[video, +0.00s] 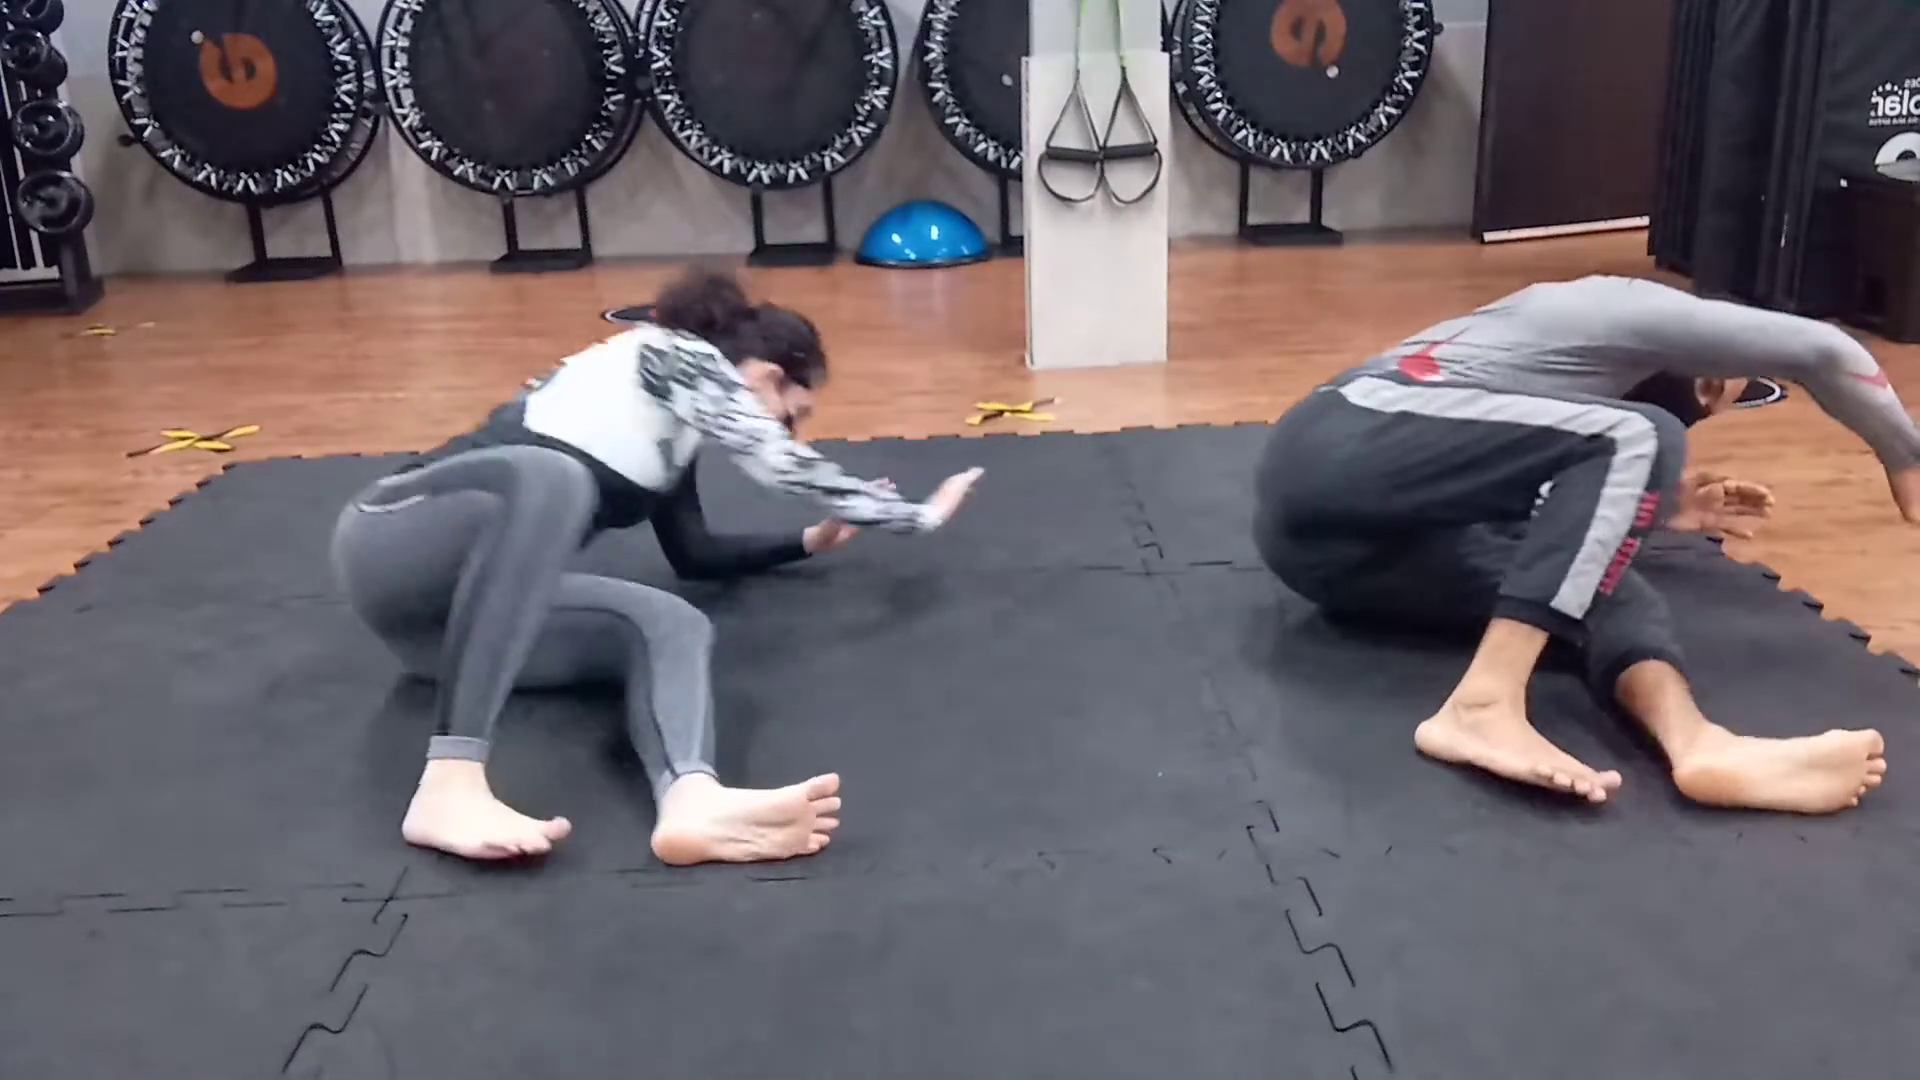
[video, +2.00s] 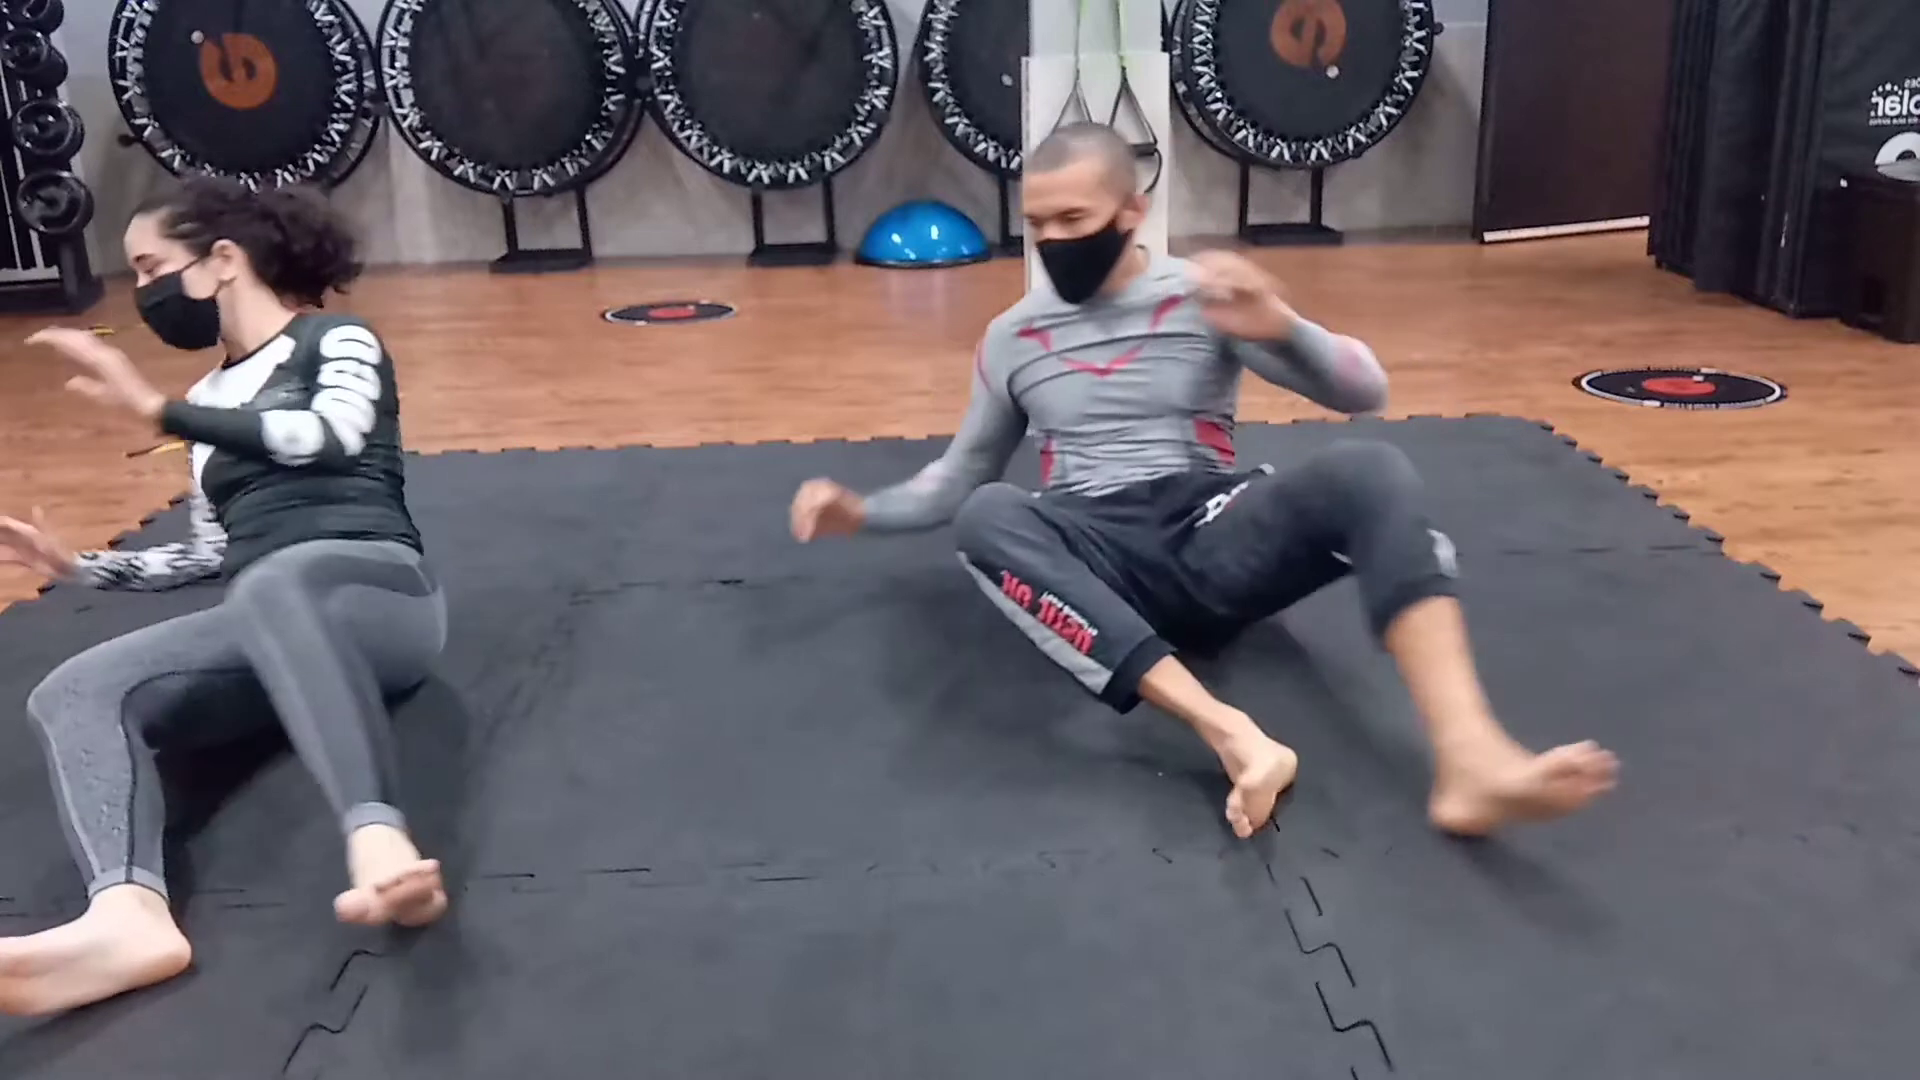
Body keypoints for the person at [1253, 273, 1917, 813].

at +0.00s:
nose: (1706, 406)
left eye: (1714, 399)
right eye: (1714, 390)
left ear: (1638, 398)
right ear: (1688, 355)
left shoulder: (1578, 411)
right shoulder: (1621, 309)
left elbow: (1508, 510)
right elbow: (1823, 350)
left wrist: (1662, 508)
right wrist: (1905, 457)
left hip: (1335, 565)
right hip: (1335, 449)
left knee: (1599, 580)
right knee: (1645, 435)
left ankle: (1695, 740)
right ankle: (1480, 703)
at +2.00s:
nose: (1056, 245)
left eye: (1078, 222)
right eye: (1039, 225)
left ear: (1137, 207)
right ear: (1021, 221)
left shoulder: (1206, 292)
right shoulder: (1013, 338)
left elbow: (1365, 394)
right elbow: (961, 476)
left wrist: (1283, 332)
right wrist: (865, 511)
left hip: (1212, 533)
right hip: (1096, 543)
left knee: (1372, 465)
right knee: (983, 517)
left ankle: (1471, 754)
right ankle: (1233, 738)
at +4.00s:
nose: (857, 379)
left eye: (859, 352)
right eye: (850, 364)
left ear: (906, 313)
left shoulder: (973, 312)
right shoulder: (1001, 420)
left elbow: (796, 403)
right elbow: (976, 532)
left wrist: (707, 466)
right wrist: (848, 556)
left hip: (1280, 471)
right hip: (1210, 565)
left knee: (1099, 390)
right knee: (997, 626)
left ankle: (1189, 688)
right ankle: (1051, 769)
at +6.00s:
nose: (1582, 257)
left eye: (1601, 248)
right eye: (1567, 233)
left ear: (1603, 272)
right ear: (1506, 223)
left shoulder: (1532, 371)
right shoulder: (1391, 287)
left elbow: (1525, 505)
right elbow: (1418, 256)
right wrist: (1606, 220)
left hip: (1457, 574)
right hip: (1344, 548)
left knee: (1732, 518)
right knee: (1428, 397)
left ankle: (1741, 737)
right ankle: (1554, 705)